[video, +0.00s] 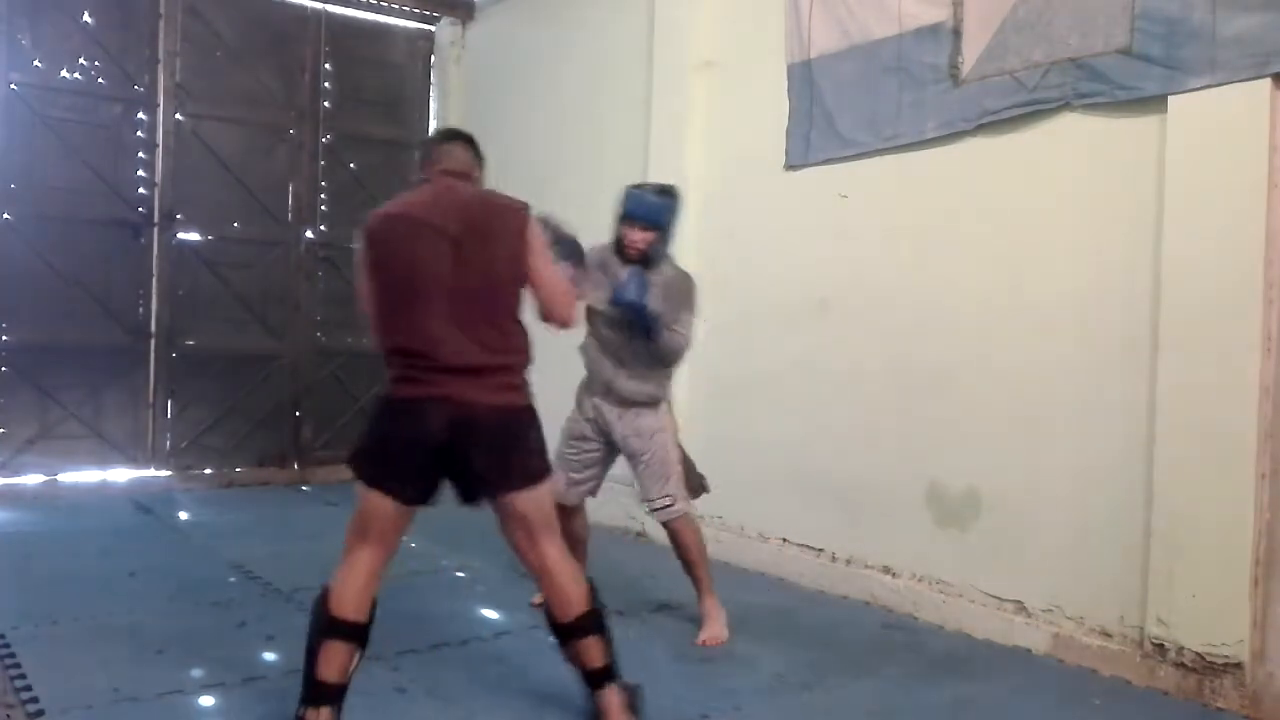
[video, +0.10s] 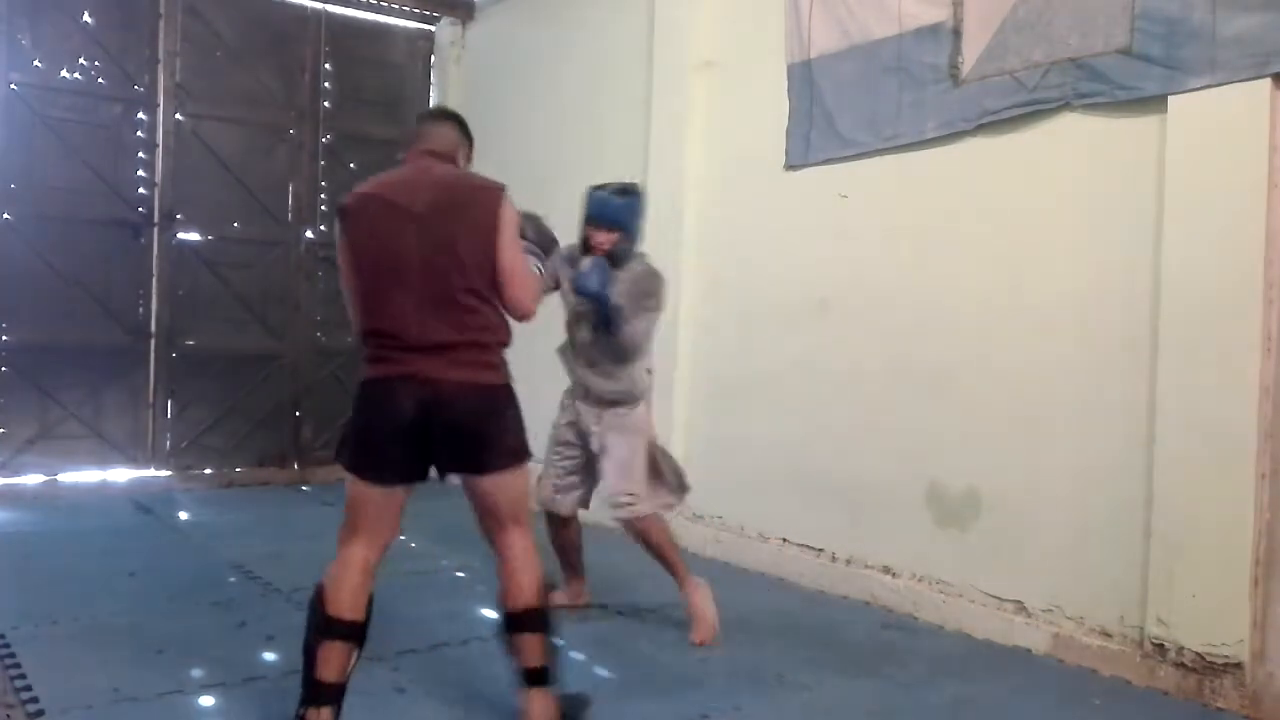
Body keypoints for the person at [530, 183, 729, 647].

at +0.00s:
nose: (637, 237)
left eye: (648, 230)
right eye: (630, 226)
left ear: (663, 234)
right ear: (618, 224)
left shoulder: (675, 283)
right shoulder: (600, 262)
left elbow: (674, 350)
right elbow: (571, 283)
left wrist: (644, 316)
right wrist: (561, 255)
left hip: (645, 412)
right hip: (594, 403)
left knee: (671, 509)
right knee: (565, 497)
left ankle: (709, 604)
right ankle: (573, 585)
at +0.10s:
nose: (599, 238)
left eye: (610, 231)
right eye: (594, 228)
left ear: (630, 234)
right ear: (584, 227)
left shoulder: (642, 278)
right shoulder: (573, 260)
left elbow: (629, 346)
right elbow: (529, 289)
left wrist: (604, 301)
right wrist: (534, 254)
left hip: (625, 411)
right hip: (579, 402)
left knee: (630, 507)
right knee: (556, 500)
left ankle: (691, 588)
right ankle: (575, 588)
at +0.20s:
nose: (570, 235)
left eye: (581, 227)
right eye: (564, 224)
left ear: (600, 230)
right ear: (555, 224)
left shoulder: (619, 273)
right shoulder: (550, 260)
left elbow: (610, 346)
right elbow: (503, 296)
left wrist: (593, 290)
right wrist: (512, 244)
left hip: (609, 400)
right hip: (567, 397)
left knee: (586, 491)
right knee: (550, 497)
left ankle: (640, 595)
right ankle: (573, 586)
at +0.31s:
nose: (544, 237)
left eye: (552, 229)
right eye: (538, 229)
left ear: (573, 227)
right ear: (532, 228)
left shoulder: (598, 263)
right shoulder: (530, 264)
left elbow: (598, 298)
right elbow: (506, 327)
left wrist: (564, 252)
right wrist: (498, 268)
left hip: (597, 396)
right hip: (553, 396)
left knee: (562, 502)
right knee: (517, 497)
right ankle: (557, 566)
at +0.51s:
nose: (505, 257)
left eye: (514, 245)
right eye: (501, 247)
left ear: (539, 248)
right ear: (504, 252)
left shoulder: (580, 283)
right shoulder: (508, 287)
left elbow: (566, 337)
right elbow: (505, 367)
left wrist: (517, 300)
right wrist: (492, 305)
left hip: (570, 422)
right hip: (522, 417)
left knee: (532, 519)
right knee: (492, 512)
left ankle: (539, 646)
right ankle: (538, 570)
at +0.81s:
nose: (454, 255)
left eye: (463, 246)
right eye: (455, 244)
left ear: (492, 251)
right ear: (487, 250)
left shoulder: (540, 278)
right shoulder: (491, 284)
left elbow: (566, 343)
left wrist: (502, 332)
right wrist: (465, 315)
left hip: (572, 417)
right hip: (543, 416)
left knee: (514, 516)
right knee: (543, 514)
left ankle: (545, 652)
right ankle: (539, 586)